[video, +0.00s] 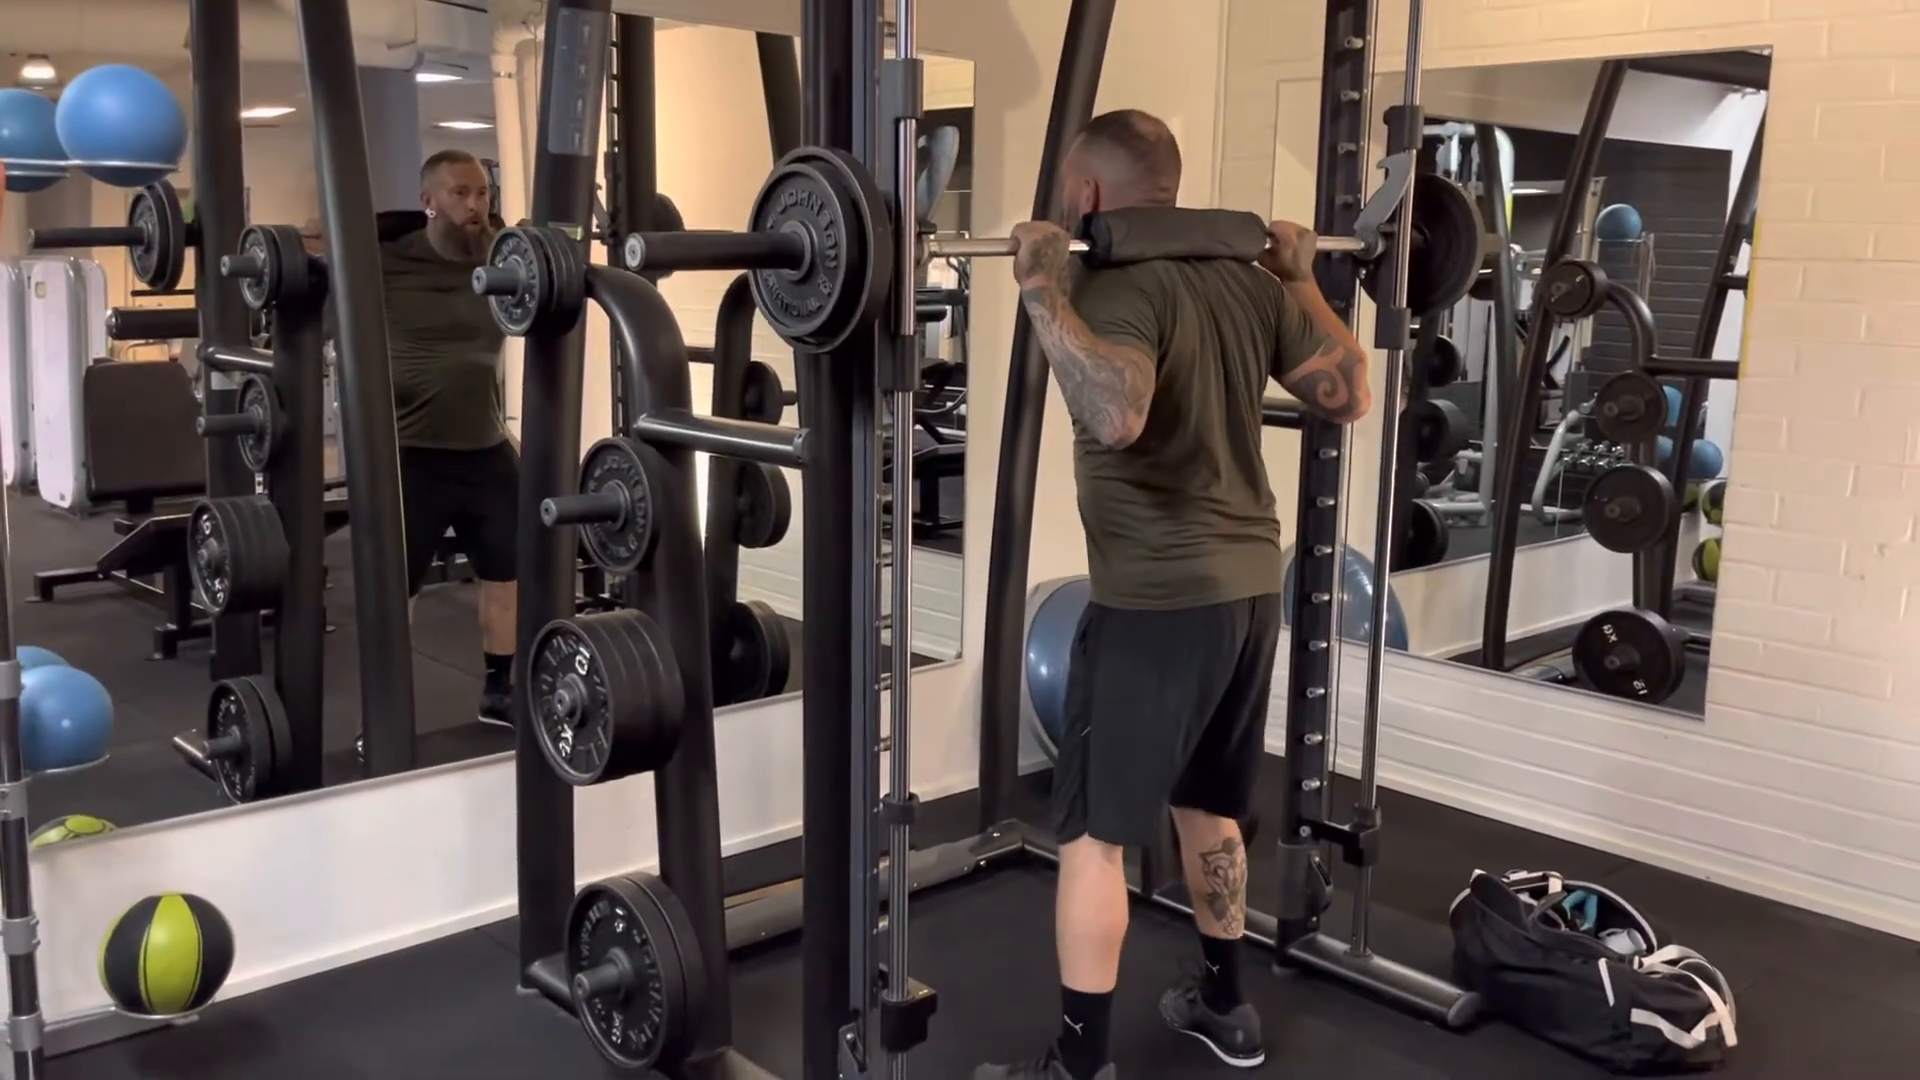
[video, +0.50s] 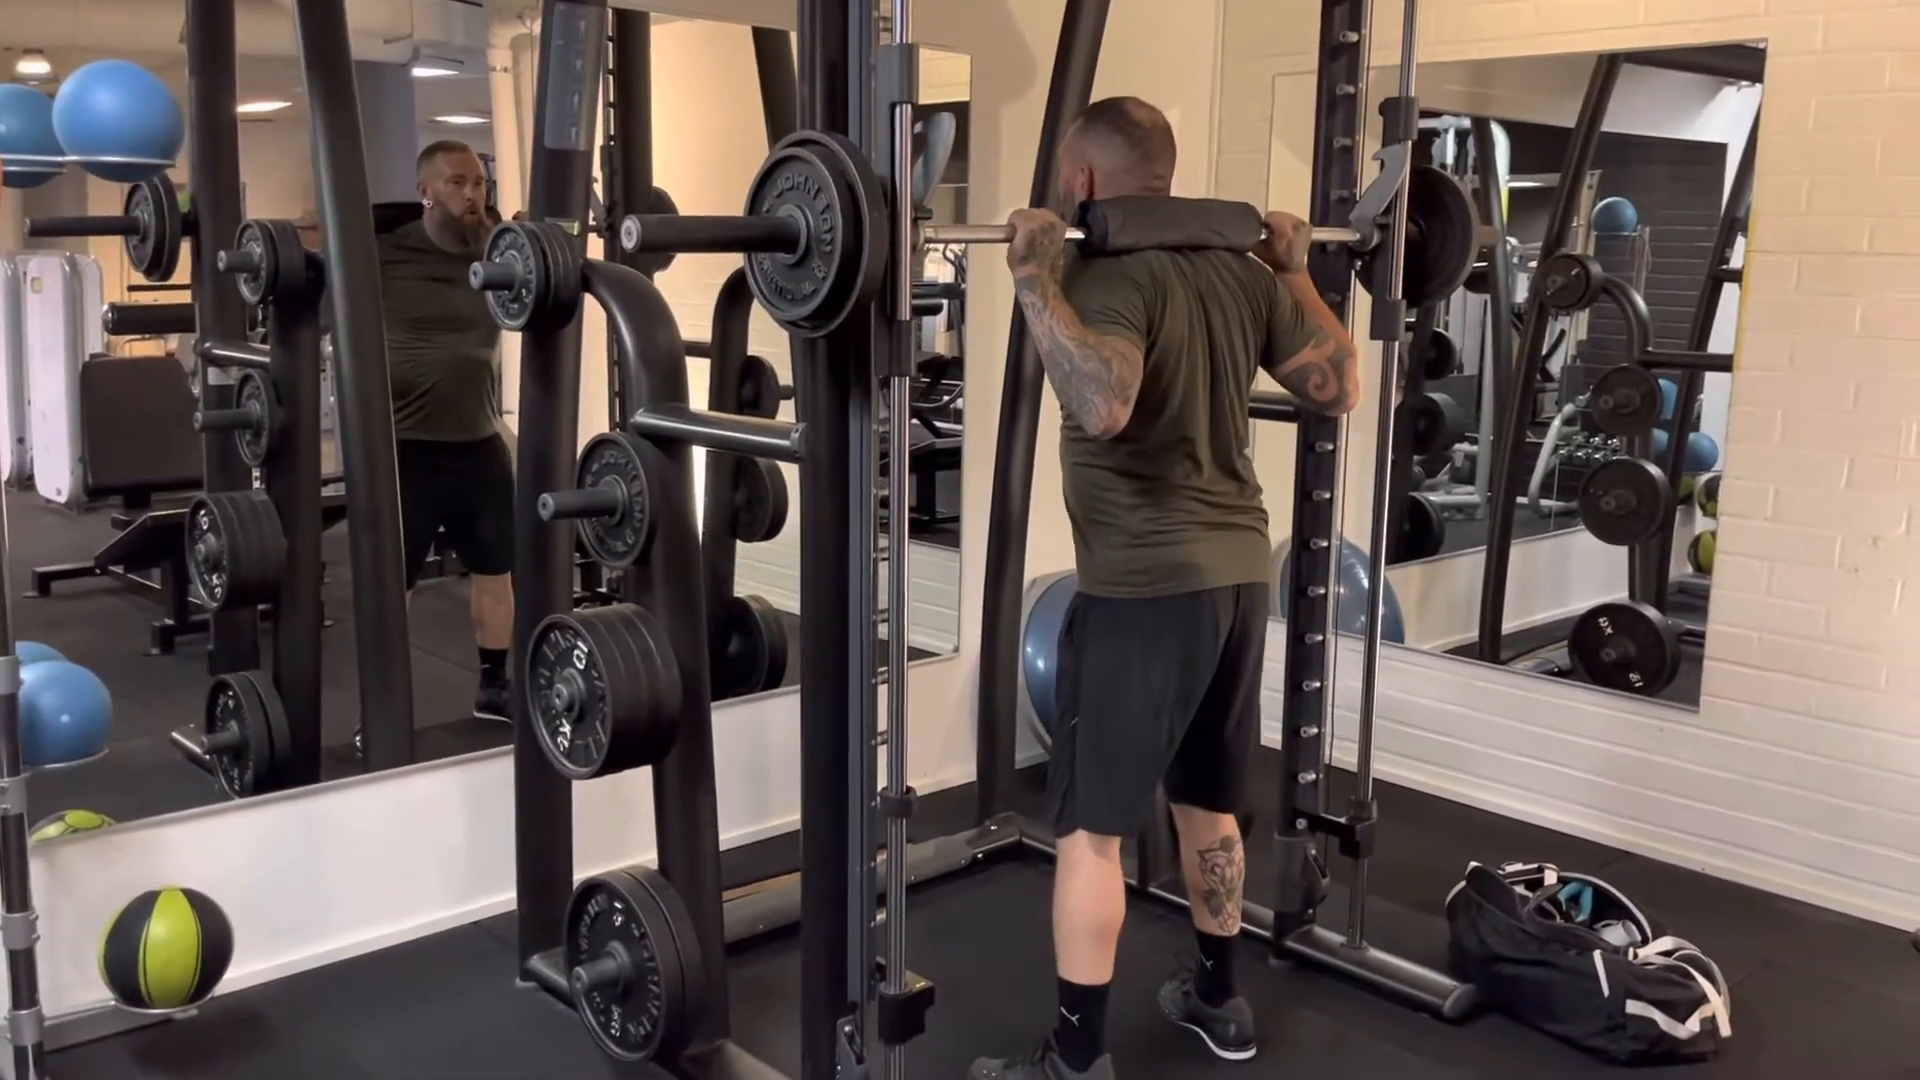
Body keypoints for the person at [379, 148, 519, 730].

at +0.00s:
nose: (477, 203)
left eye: (483, 193)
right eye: (463, 192)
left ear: (491, 200)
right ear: (430, 200)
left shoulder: (495, 260)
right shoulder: (381, 262)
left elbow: (552, 269)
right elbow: (302, 242)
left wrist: (499, 241)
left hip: (485, 449)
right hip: (406, 452)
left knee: (506, 566)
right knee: (392, 587)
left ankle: (501, 690)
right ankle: (382, 711)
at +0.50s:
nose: (474, 193)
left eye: (480, 182)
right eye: (459, 182)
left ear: (487, 190)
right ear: (426, 190)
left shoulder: (493, 255)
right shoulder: (378, 256)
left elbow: (543, 273)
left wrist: (496, 232)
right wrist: (298, 248)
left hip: (479, 441)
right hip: (401, 444)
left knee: (496, 563)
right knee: (388, 578)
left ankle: (496, 684)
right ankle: (378, 699)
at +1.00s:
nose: (468, 306)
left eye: (471, 293)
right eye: (454, 294)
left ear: (479, 294)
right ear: (422, 297)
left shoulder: (485, 350)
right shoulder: (380, 352)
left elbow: (510, 396)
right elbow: (304, 396)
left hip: (454, 498)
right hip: (388, 502)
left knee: (526, 559)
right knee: (377, 602)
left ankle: (494, 683)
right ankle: (371, 717)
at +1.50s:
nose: (465, 429)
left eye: (473, 415)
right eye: (451, 416)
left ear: (481, 414)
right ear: (419, 419)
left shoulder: (488, 464)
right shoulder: (375, 474)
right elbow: (296, 525)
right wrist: (300, 477)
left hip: (451, 584)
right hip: (385, 590)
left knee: (521, 577)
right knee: (368, 612)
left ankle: (489, 685)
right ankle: (366, 723)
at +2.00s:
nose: (458, 367)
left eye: (465, 353)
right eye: (444, 354)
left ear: (473, 354)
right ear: (411, 360)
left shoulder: (478, 410)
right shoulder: (374, 414)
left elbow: (508, 450)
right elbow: (292, 466)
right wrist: (296, 414)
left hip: (441, 541)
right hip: (373, 545)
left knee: (517, 579)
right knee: (364, 609)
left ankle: (484, 691)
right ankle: (359, 721)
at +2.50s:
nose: (454, 216)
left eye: (460, 203)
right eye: (439, 204)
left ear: (466, 207)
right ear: (406, 209)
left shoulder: (472, 270)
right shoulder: (360, 272)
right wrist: (275, 262)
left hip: (453, 451)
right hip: (380, 455)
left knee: (480, 568)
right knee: (365, 590)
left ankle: (482, 696)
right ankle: (360, 714)